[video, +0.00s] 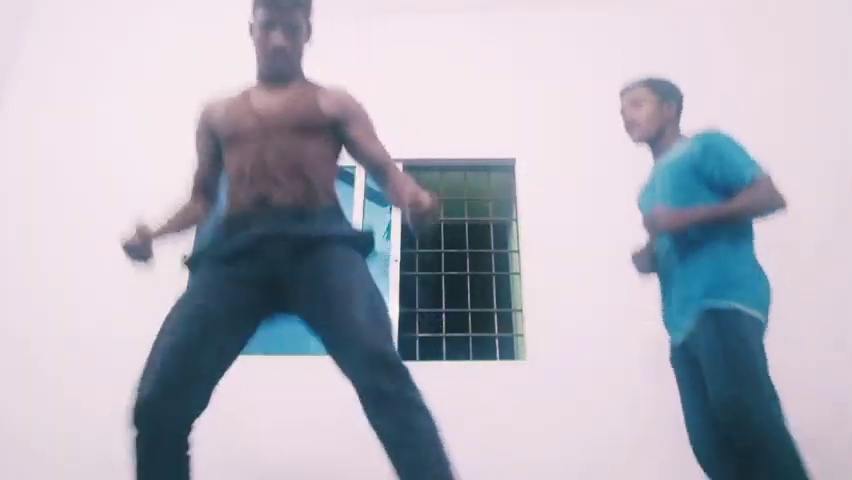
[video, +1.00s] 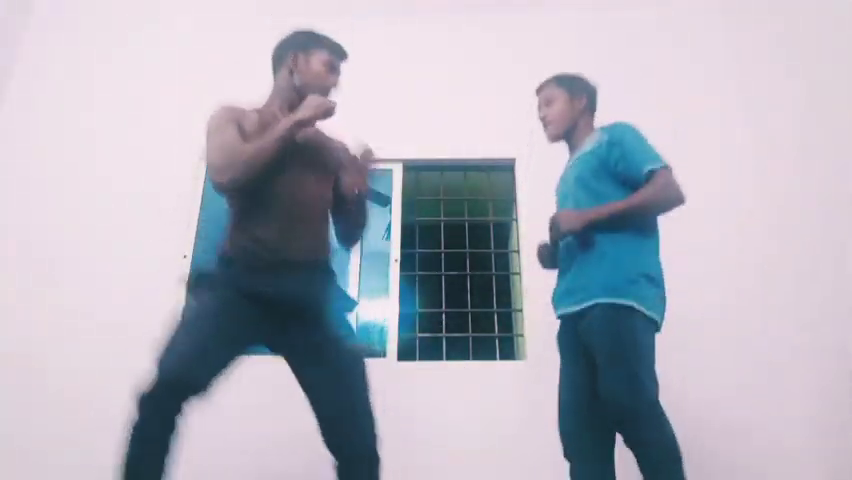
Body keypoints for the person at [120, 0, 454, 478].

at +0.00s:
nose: (277, 39)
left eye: (289, 28)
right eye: (267, 27)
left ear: (307, 33)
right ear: (251, 33)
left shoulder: (334, 104)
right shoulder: (218, 115)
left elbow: (384, 168)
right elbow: (202, 201)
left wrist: (414, 197)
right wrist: (154, 234)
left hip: (321, 254)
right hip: (234, 258)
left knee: (378, 367)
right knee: (158, 404)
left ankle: (432, 475)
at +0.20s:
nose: (277, 4)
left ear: (307, 7)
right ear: (254, 5)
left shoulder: (333, 70)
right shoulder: (221, 65)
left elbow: (374, 148)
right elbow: (187, 149)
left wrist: (394, 189)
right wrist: (140, 165)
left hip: (307, 216)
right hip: (226, 215)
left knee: (352, 340)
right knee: (153, 352)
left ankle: (349, 475)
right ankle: (142, 476)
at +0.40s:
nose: (282, 47)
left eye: (295, 39)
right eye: (273, 35)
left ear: (308, 49)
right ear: (256, 41)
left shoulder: (327, 137)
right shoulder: (213, 115)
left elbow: (352, 212)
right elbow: (175, 192)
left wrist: (365, 241)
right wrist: (149, 203)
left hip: (286, 294)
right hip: (207, 286)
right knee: (120, 419)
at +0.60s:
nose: (301, 42)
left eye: (312, 35)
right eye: (292, 29)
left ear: (321, 45)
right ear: (271, 29)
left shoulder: (333, 122)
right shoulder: (226, 95)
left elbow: (342, 198)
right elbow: (193, 165)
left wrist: (355, 213)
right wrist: (256, 139)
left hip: (303, 271)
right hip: (226, 263)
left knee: (337, 376)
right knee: (157, 389)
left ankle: (327, 476)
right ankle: (115, 477)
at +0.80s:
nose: (337, 67)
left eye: (340, 58)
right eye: (330, 54)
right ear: (293, 53)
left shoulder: (341, 139)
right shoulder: (240, 109)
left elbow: (358, 228)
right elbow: (231, 154)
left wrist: (377, 209)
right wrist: (307, 110)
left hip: (324, 296)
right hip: (251, 290)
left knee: (366, 427)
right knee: (194, 415)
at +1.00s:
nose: (336, 76)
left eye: (338, 69)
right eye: (329, 65)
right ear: (291, 64)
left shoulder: (333, 150)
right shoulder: (233, 120)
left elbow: (349, 235)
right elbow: (225, 174)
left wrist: (353, 196)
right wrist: (294, 122)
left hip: (309, 302)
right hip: (236, 295)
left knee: (358, 446)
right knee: (164, 394)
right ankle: (139, 477)